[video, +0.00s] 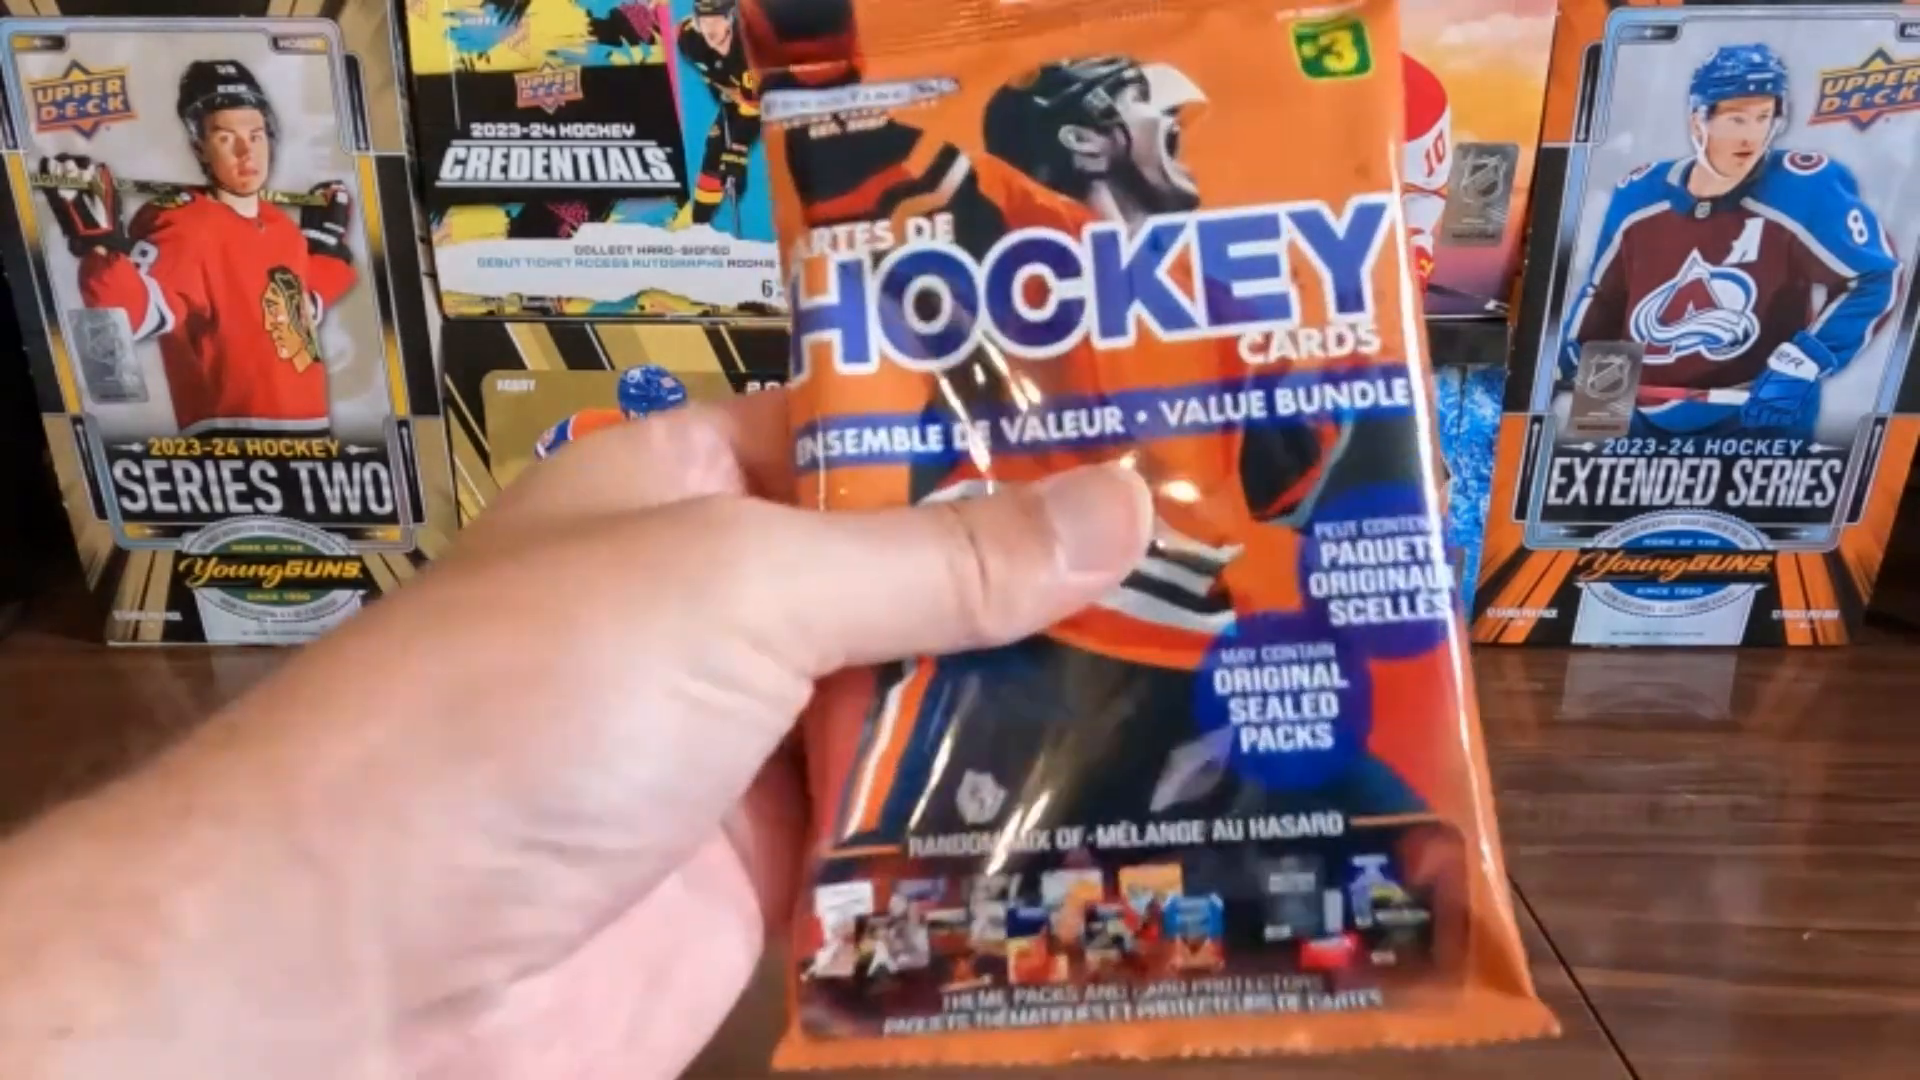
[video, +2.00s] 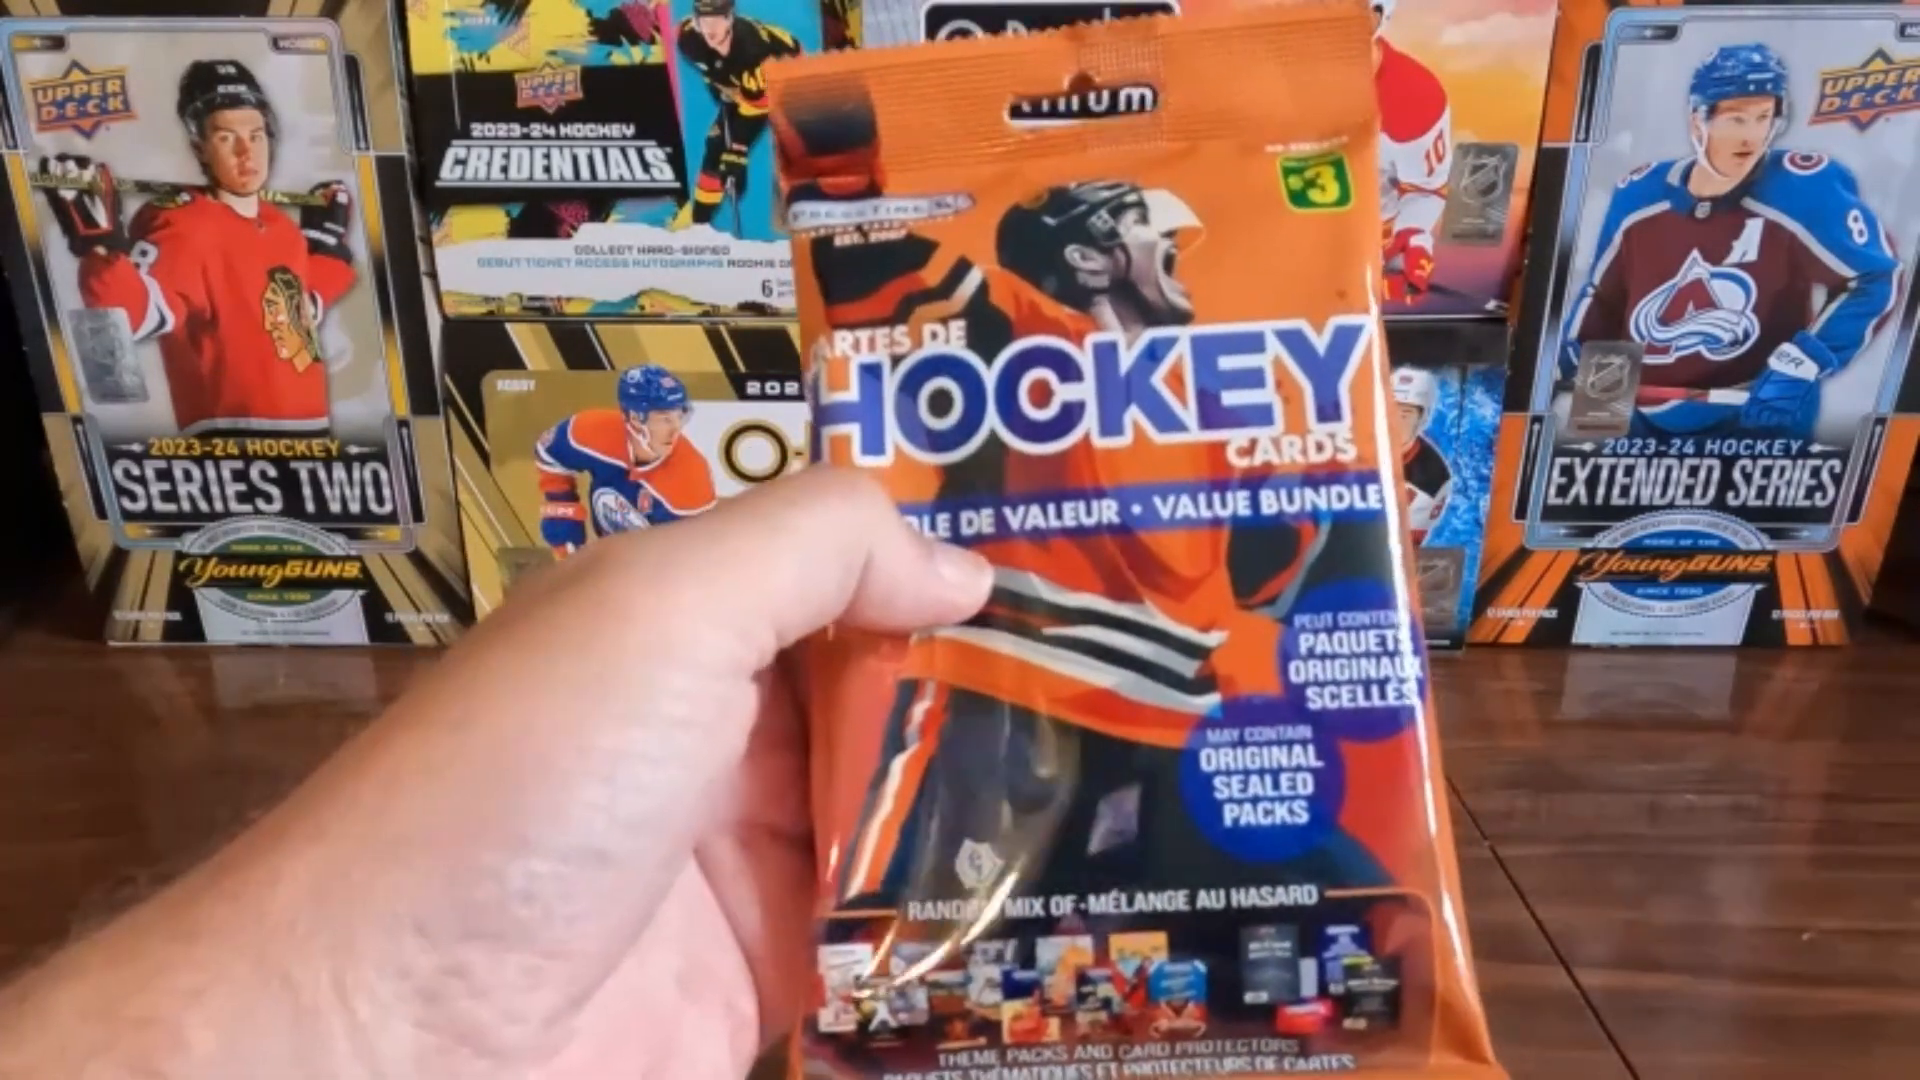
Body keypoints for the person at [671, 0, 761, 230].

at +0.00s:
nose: (710, 29)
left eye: (716, 21)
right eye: (704, 22)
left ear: (731, 18)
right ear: (696, 21)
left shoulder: (750, 44)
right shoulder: (688, 37)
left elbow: (751, 105)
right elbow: (709, 75)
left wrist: (736, 155)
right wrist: (731, 94)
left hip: (775, 98)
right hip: (733, 105)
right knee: (715, 152)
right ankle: (699, 222)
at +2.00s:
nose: (710, 30)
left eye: (716, 22)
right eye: (704, 22)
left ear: (729, 19)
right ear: (695, 21)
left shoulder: (750, 48)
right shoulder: (688, 37)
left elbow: (755, 107)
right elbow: (711, 72)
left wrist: (737, 153)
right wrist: (729, 91)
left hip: (788, 83)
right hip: (738, 94)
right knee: (716, 148)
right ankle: (700, 221)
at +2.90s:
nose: (709, 30)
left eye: (716, 22)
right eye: (704, 22)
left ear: (729, 19)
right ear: (696, 21)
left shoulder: (753, 37)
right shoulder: (688, 38)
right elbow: (712, 76)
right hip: (731, 103)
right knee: (716, 152)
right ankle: (699, 221)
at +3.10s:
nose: (711, 33)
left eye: (717, 26)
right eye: (705, 26)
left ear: (730, 19)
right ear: (696, 21)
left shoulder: (754, 36)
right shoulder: (688, 39)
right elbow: (710, 73)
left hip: (762, 109)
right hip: (728, 109)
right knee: (714, 160)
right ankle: (700, 221)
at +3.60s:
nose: (710, 30)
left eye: (716, 22)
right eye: (704, 22)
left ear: (730, 18)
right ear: (696, 20)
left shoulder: (752, 35)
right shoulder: (688, 39)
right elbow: (710, 73)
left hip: (761, 111)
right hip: (727, 111)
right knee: (714, 161)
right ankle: (700, 220)